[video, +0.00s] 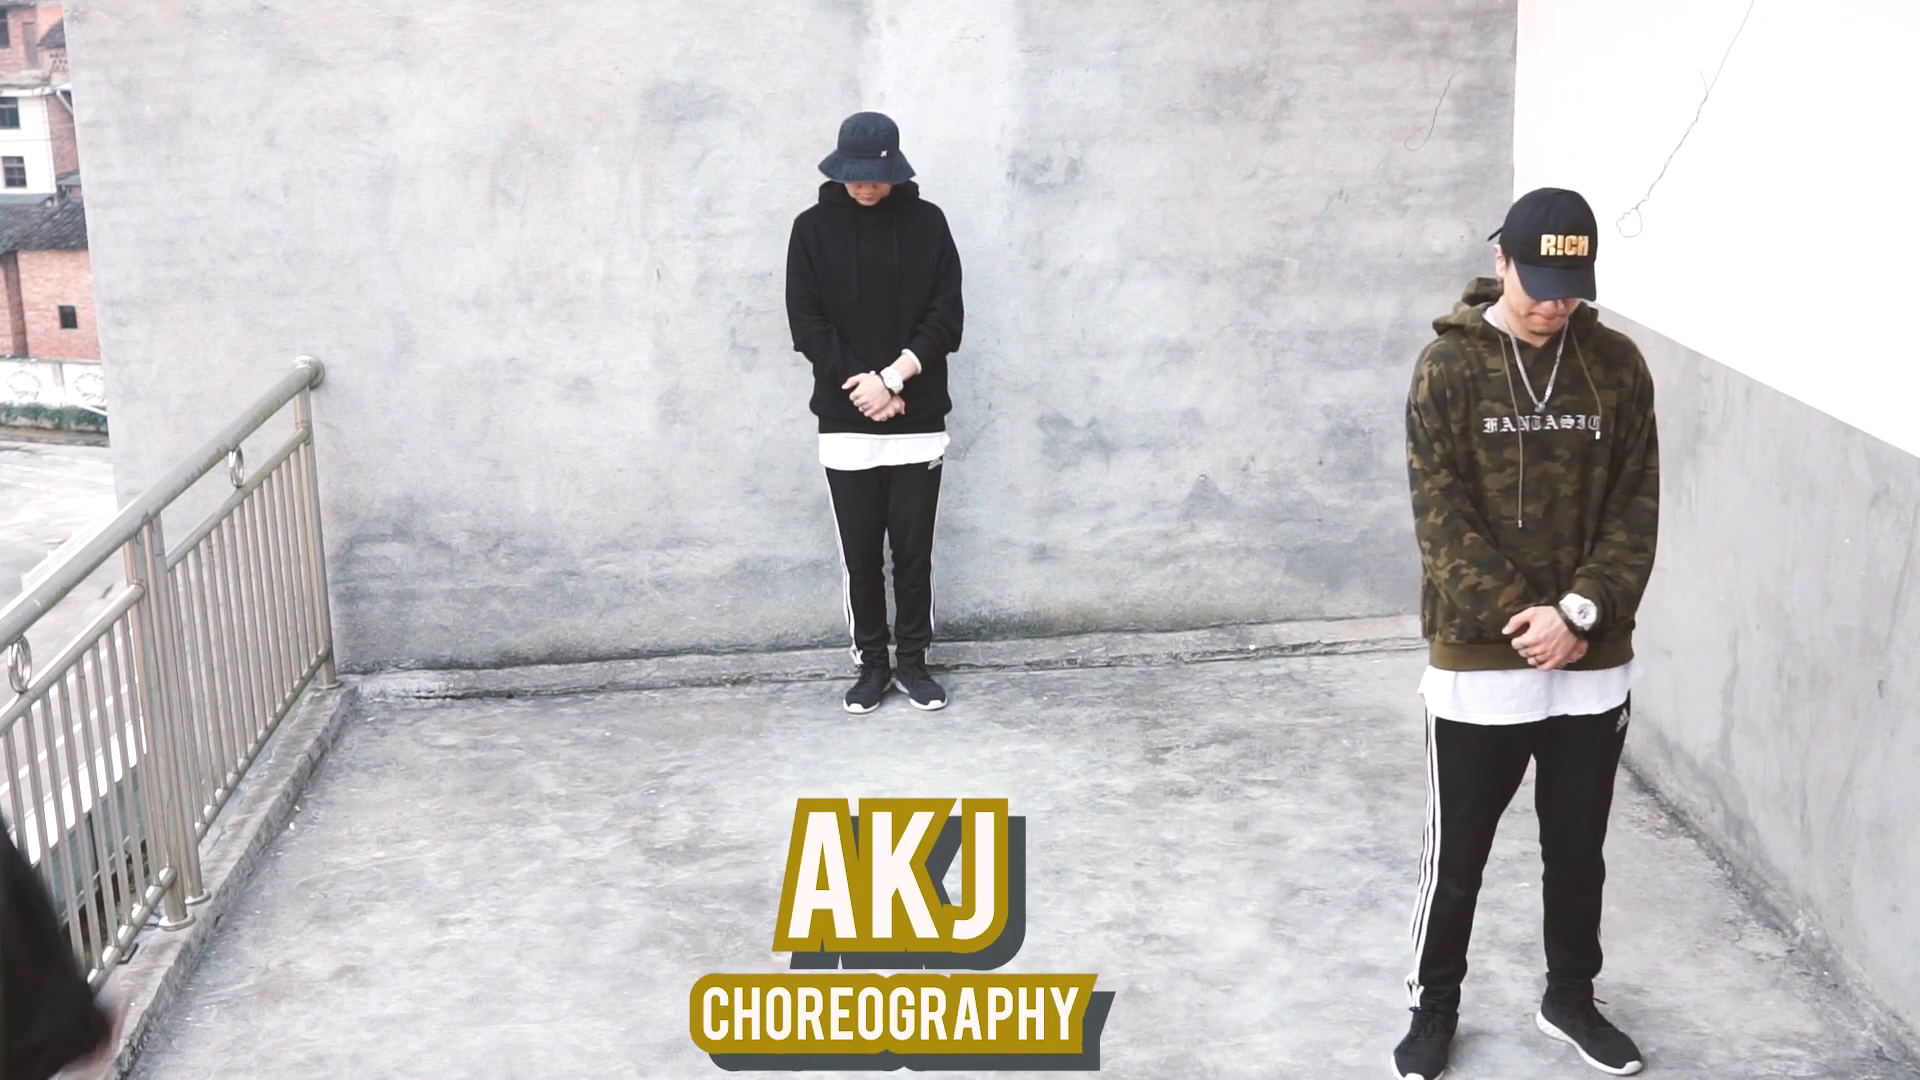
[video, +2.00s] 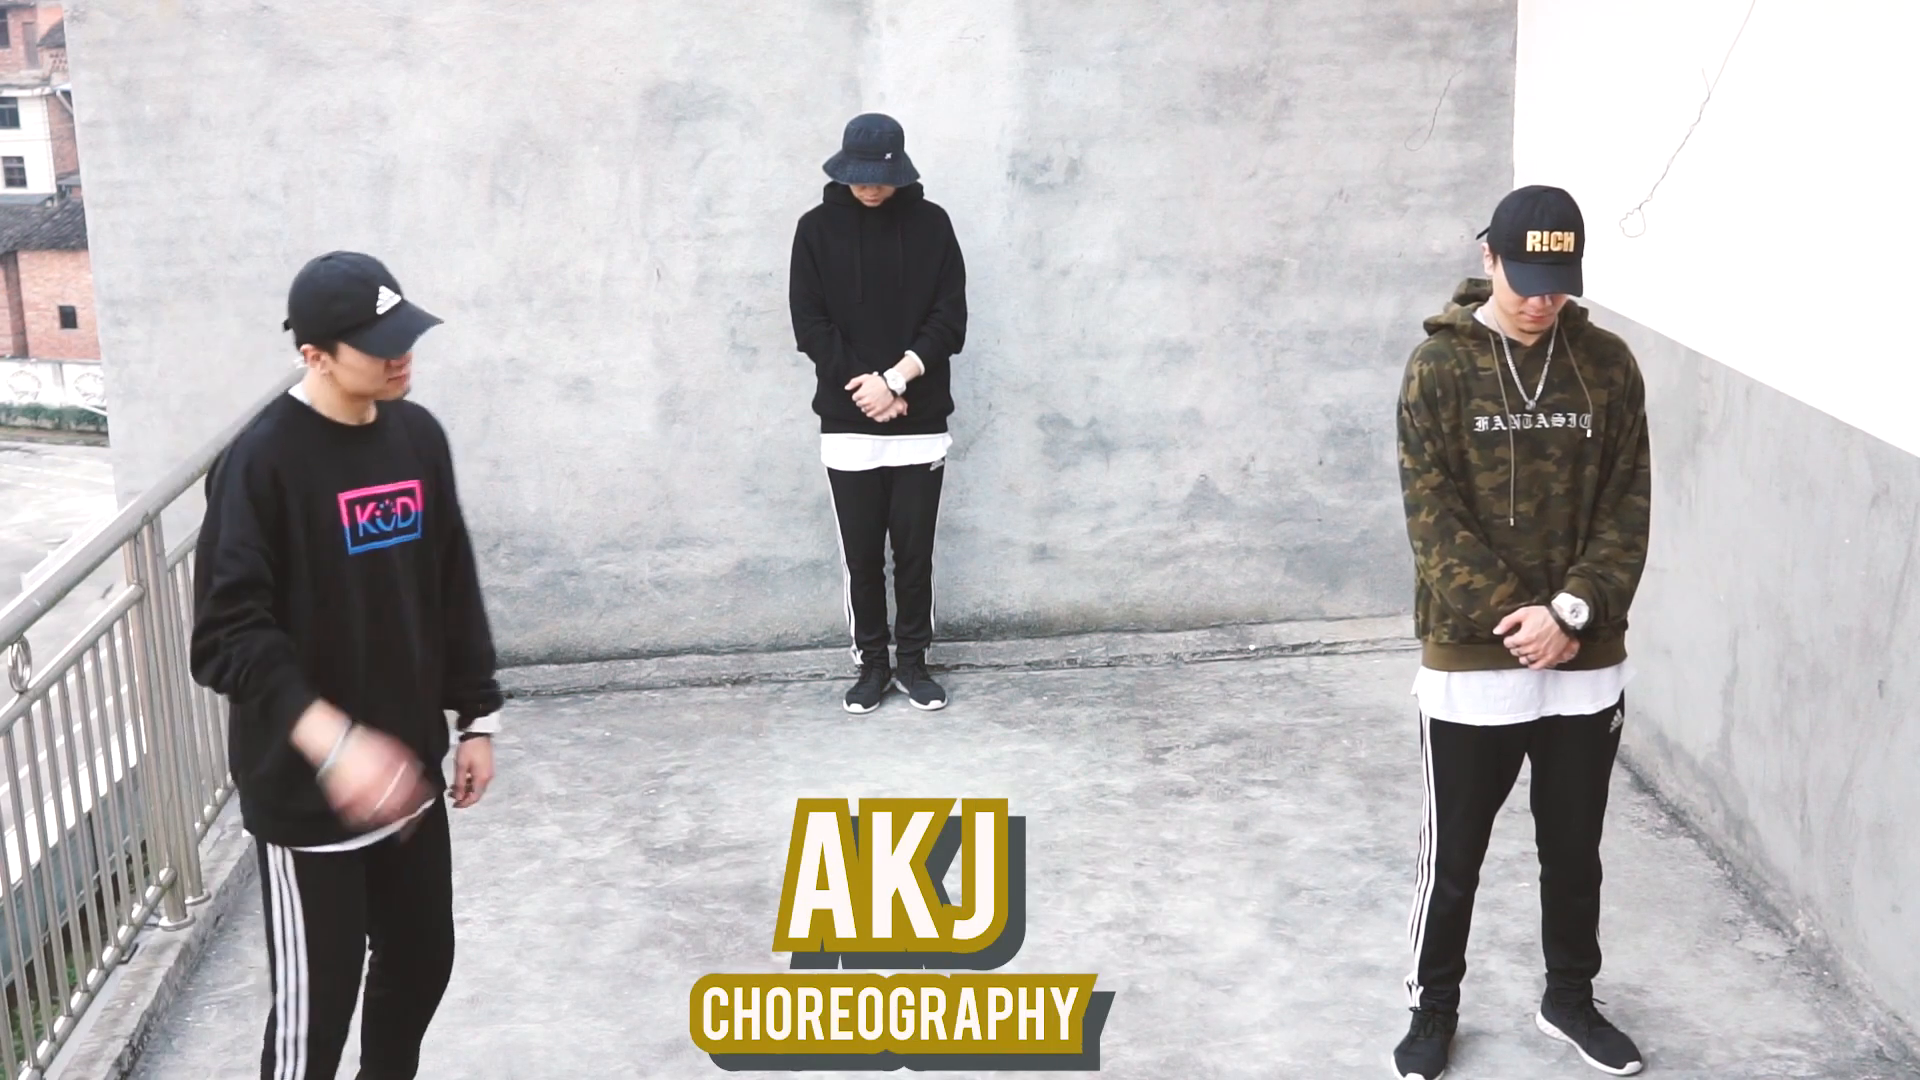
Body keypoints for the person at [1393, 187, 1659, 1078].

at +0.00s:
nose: (1560, 304)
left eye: (1575, 286)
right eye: (1543, 285)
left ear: (1594, 274)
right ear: (1503, 262)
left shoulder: (1619, 365)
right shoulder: (1450, 364)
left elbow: (1637, 510)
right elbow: (1440, 517)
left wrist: (1584, 613)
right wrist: (1528, 621)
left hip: (1592, 662)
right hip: (1478, 663)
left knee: (1579, 851)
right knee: (1457, 854)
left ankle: (1571, 997)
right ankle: (1433, 1008)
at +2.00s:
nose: (1545, 300)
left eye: (1560, 283)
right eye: (1529, 281)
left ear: (1581, 270)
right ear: (1490, 259)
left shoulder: (1609, 364)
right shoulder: (1441, 363)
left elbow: (1629, 508)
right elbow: (1432, 514)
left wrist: (1576, 612)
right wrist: (1519, 620)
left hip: (1584, 661)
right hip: (1471, 663)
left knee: (1575, 850)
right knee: (1453, 854)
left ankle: (1571, 998)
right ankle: (1433, 1007)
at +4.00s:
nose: (1550, 300)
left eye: (1565, 284)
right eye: (1534, 281)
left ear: (1584, 272)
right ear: (1494, 259)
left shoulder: (1612, 365)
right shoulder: (1442, 362)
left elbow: (1629, 509)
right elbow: (1433, 514)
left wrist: (1575, 613)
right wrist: (1521, 621)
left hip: (1584, 659)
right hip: (1469, 661)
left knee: (1575, 848)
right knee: (1454, 852)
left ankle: (1570, 997)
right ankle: (1433, 1005)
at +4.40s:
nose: (1554, 302)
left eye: (1569, 285)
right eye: (1538, 283)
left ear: (1588, 273)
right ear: (1498, 260)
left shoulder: (1615, 365)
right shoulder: (1445, 362)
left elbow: (1633, 509)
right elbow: (1436, 513)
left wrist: (1578, 613)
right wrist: (1521, 620)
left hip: (1587, 660)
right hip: (1473, 662)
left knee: (1577, 849)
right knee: (1455, 852)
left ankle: (1571, 997)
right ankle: (1434, 1005)